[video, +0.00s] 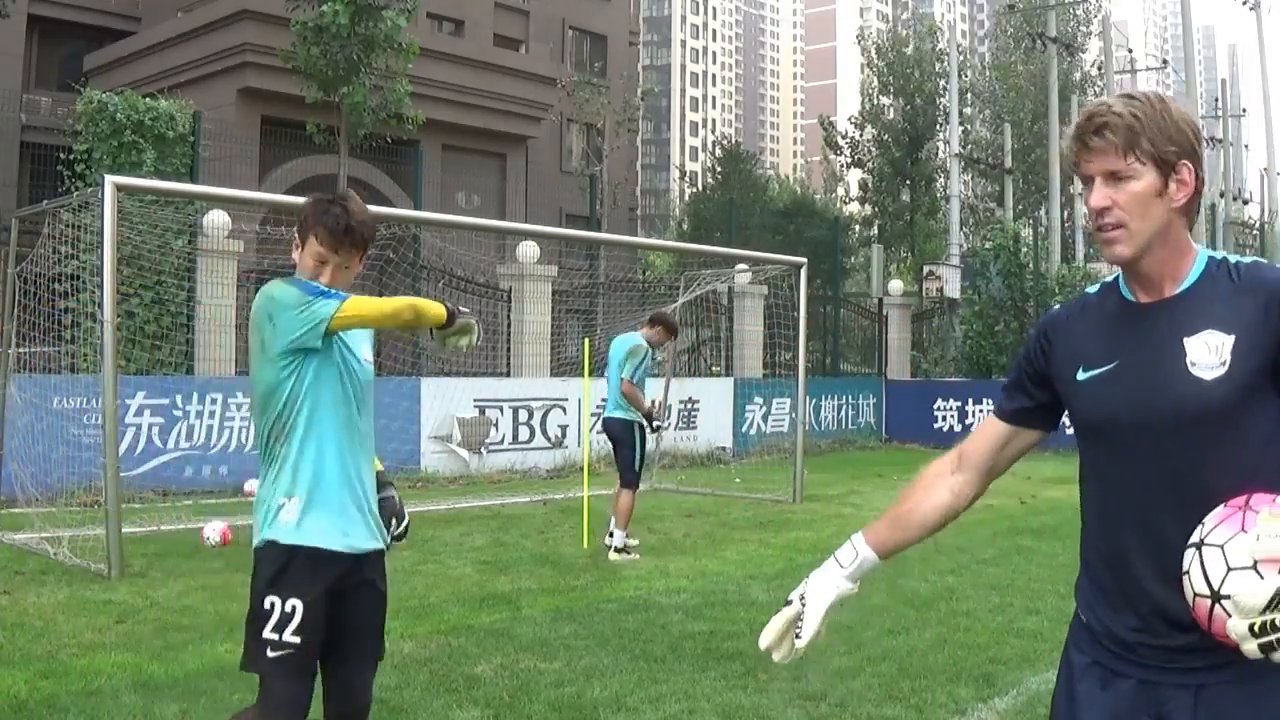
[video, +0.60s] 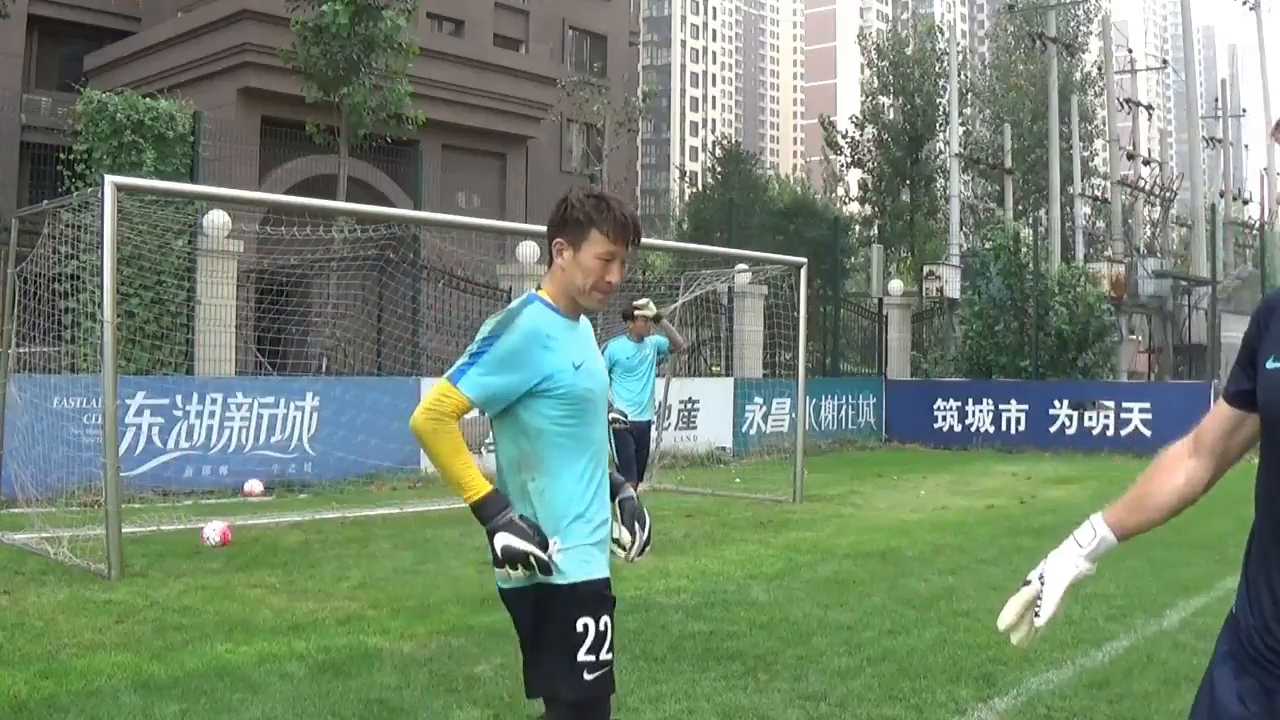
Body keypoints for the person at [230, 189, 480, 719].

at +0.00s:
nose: (328, 278)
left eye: (343, 268)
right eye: (319, 261)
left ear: (361, 265)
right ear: (297, 246)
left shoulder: (358, 320)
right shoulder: (278, 300)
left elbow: (343, 423)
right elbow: (404, 308)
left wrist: (379, 479)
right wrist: (448, 319)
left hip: (361, 546)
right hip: (295, 542)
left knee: (351, 708)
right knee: (282, 706)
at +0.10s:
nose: (365, 279)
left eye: (379, 269)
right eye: (353, 263)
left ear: (393, 265)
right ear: (325, 248)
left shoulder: (384, 324)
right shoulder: (305, 295)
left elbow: (383, 412)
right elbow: (419, 313)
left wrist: (420, 470)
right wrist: (471, 317)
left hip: (385, 538)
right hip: (324, 536)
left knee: (369, 701)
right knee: (342, 703)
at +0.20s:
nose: (416, 283)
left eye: (429, 273)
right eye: (406, 266)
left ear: (439, 270)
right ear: (373, 251)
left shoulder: (426, 321)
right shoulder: (342, 303)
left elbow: (432, 418)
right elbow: (429, 367)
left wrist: (471, 472)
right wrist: (508, 365)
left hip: (417, 538)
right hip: (364, 538)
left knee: (379, 701)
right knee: (433, 700)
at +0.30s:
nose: (457, 282)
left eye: (468, 270)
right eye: (447, 265)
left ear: (474, 270)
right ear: (409, 252)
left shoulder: (452, 327)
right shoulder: (372, 315)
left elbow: (453, 428)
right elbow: (414, 417)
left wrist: (504, 475)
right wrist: (510, 422)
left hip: (441, 542)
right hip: (394, 546)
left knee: (394, 706)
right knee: (480, 703)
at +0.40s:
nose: (520, 284)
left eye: (527, 272)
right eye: (510, 267)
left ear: (530, 272)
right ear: (470, 257)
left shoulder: (497, 334)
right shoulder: (426, 331)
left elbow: (483, 447)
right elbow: (389, 449)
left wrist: (543, 480)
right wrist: (488, 496)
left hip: (484, 562)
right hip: (446, 568)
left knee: (424, 710)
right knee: (524, 709)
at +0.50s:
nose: (559, 285)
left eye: (565, 273)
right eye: (549, 269)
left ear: (568, 271)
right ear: (507, 260)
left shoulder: (525, 336)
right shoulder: (465, 338)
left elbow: (508, 449)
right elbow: (392, 441)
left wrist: (571, 487)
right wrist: (476, 512)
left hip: (516, 568)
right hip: (496, 574)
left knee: (469, 707)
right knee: (558, 709)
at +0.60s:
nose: (616, 277)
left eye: (622, 263)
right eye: (606, 259)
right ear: (561, 252)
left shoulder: (577, 326)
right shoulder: (525, 327)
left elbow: (576, 431)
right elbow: (433, 418)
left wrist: (619, 488)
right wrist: (497, 516)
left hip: (582, 561)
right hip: (553, 569)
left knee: (584, 707)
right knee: (581, 710)